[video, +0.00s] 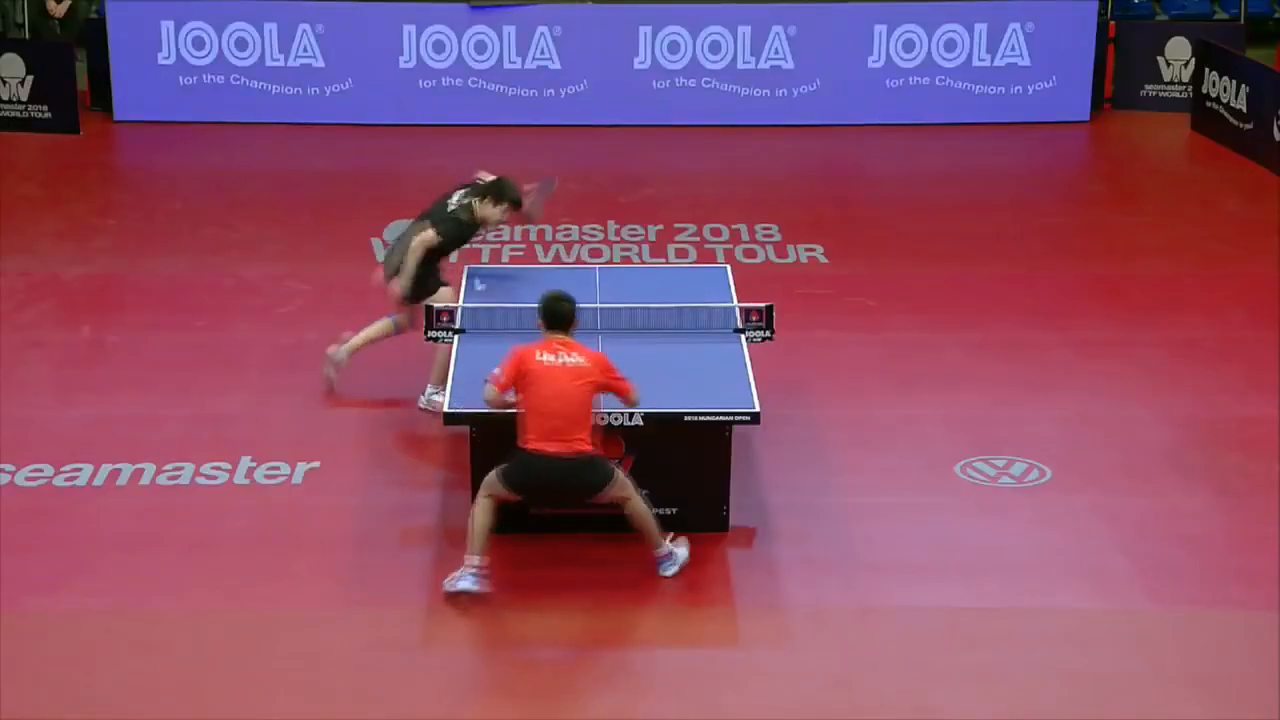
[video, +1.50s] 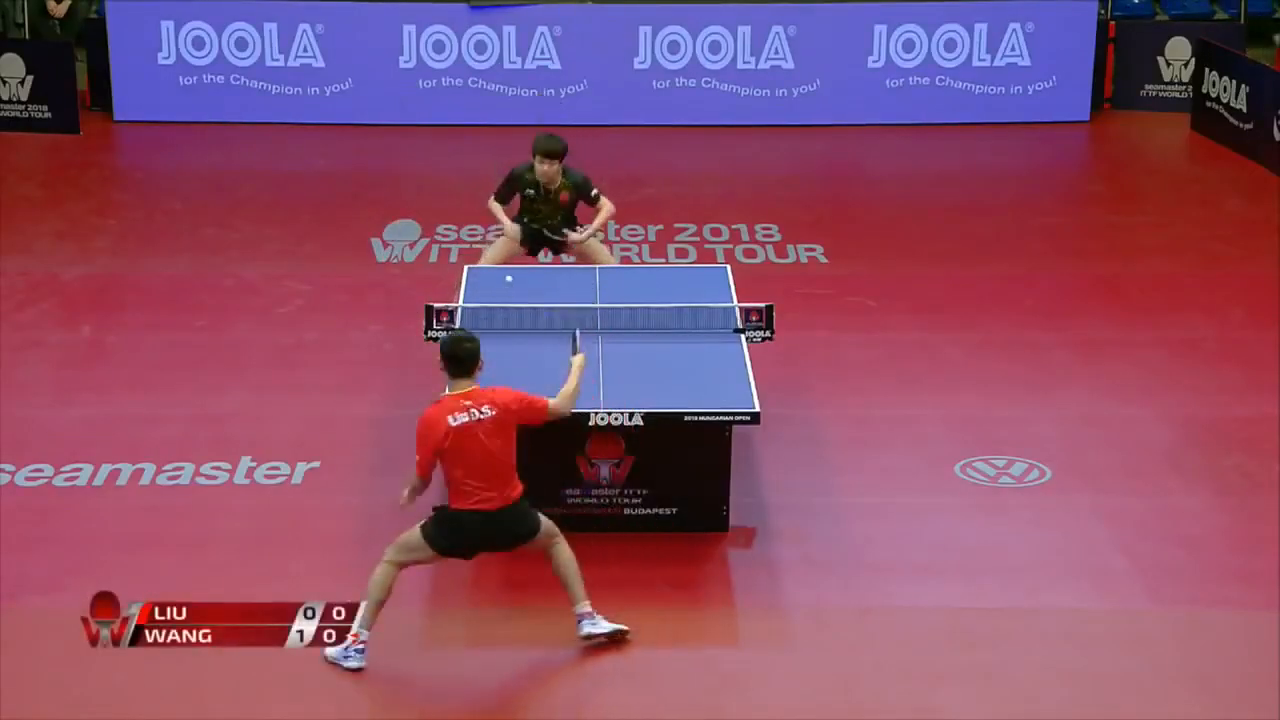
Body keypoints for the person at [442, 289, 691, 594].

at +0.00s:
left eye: (542, 317)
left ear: (541, 323)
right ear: (574, 323)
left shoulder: (523, 355)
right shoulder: (594, 360)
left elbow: (492, 397)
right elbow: (632, 398)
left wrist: (519, 401)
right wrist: (604, 381)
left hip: (532, 463)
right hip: (582, 464)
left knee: (487, 493)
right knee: (628, 495)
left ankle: (472, 571)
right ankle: (664, 554)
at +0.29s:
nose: (553, 339)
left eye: (554, 335)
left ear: (556, 339)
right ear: (587, 337)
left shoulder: (546, 371)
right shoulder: (612, 365)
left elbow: (536, 393)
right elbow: (643, 373)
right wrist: (605, 375)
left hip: (577, 479)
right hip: (623, 477)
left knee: (507, 489)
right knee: (646, 472)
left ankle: (487, 576)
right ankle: (669, 555)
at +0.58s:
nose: (569, 341)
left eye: (570, 336)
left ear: (573, 339)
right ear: (607, 336)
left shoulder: (568, 365)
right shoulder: (629, 356)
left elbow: (550, 390)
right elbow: (649, 356)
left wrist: (547, 382)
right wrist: (629, 347)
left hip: (591, 474)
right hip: (635, 473)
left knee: (515, 492)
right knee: (649, 470)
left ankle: (487, 576)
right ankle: (669, 554)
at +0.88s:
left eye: (559, 313)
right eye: (591, 312)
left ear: (558, 317)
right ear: (593, 316)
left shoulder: (543, 357)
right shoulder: (615, 354)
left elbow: (494, 400)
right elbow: (658, 397)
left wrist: (482, 393)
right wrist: (668, 386)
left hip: (560, 468)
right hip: (613, 466)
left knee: (509, 507)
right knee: (649, 493)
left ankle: (491, 593)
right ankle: (670, 571)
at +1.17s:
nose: (536, 361)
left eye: (536, 356)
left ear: (538, 357)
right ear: (569, 358)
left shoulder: (526, 394)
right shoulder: (586, 398)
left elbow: (498, 433)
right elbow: (596, 449)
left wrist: (536, 432)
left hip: (526, 509)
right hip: (576, 508)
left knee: (480, 550)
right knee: (635, 539)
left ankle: (443, 622)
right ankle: (685, 609)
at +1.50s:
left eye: (443, 361)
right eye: (481, 359)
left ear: (444, 367)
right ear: (479, 365)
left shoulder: (434, 417)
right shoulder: (503, 401)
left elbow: (423, 477)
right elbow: (561, 408)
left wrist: (410, 492)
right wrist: (578, 370)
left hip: (461, 524)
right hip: (512, 518)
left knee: (393, 557)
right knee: (554, 539)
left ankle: (356, 642)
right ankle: (587, 616)